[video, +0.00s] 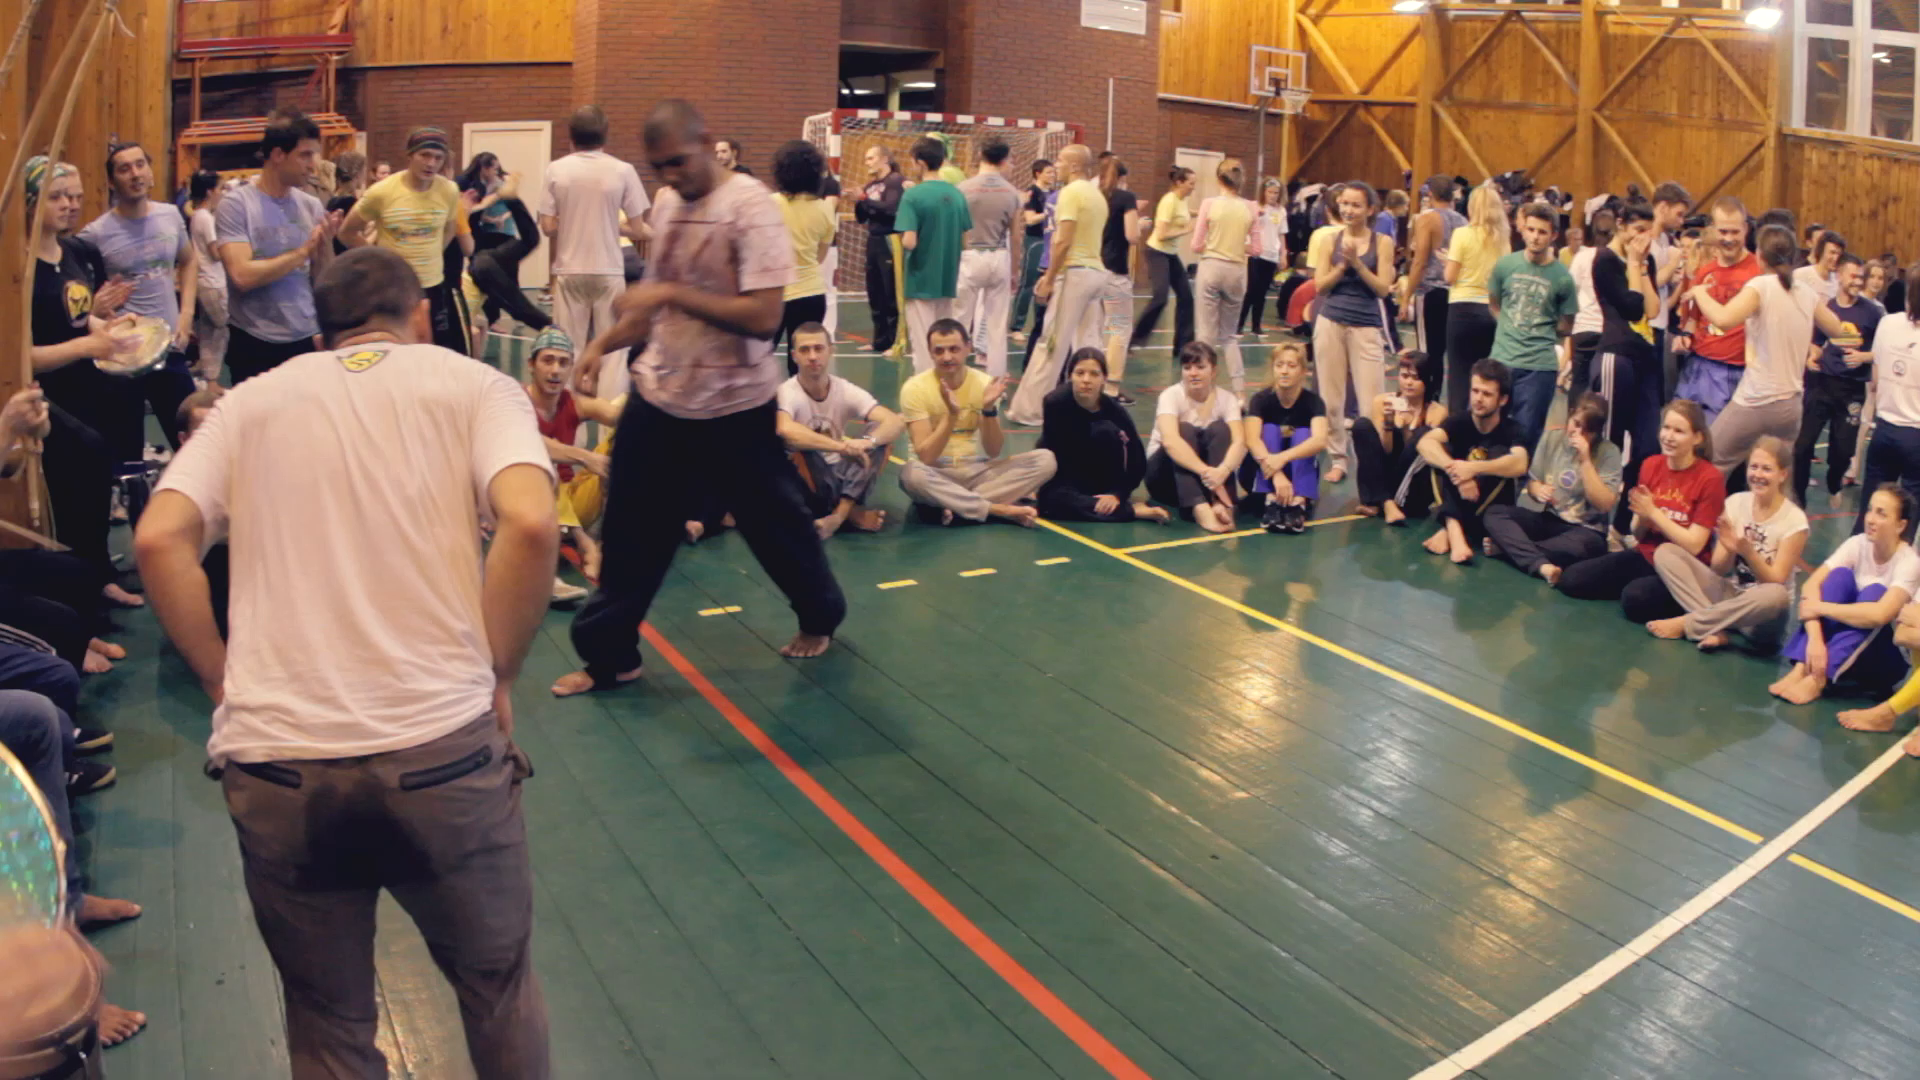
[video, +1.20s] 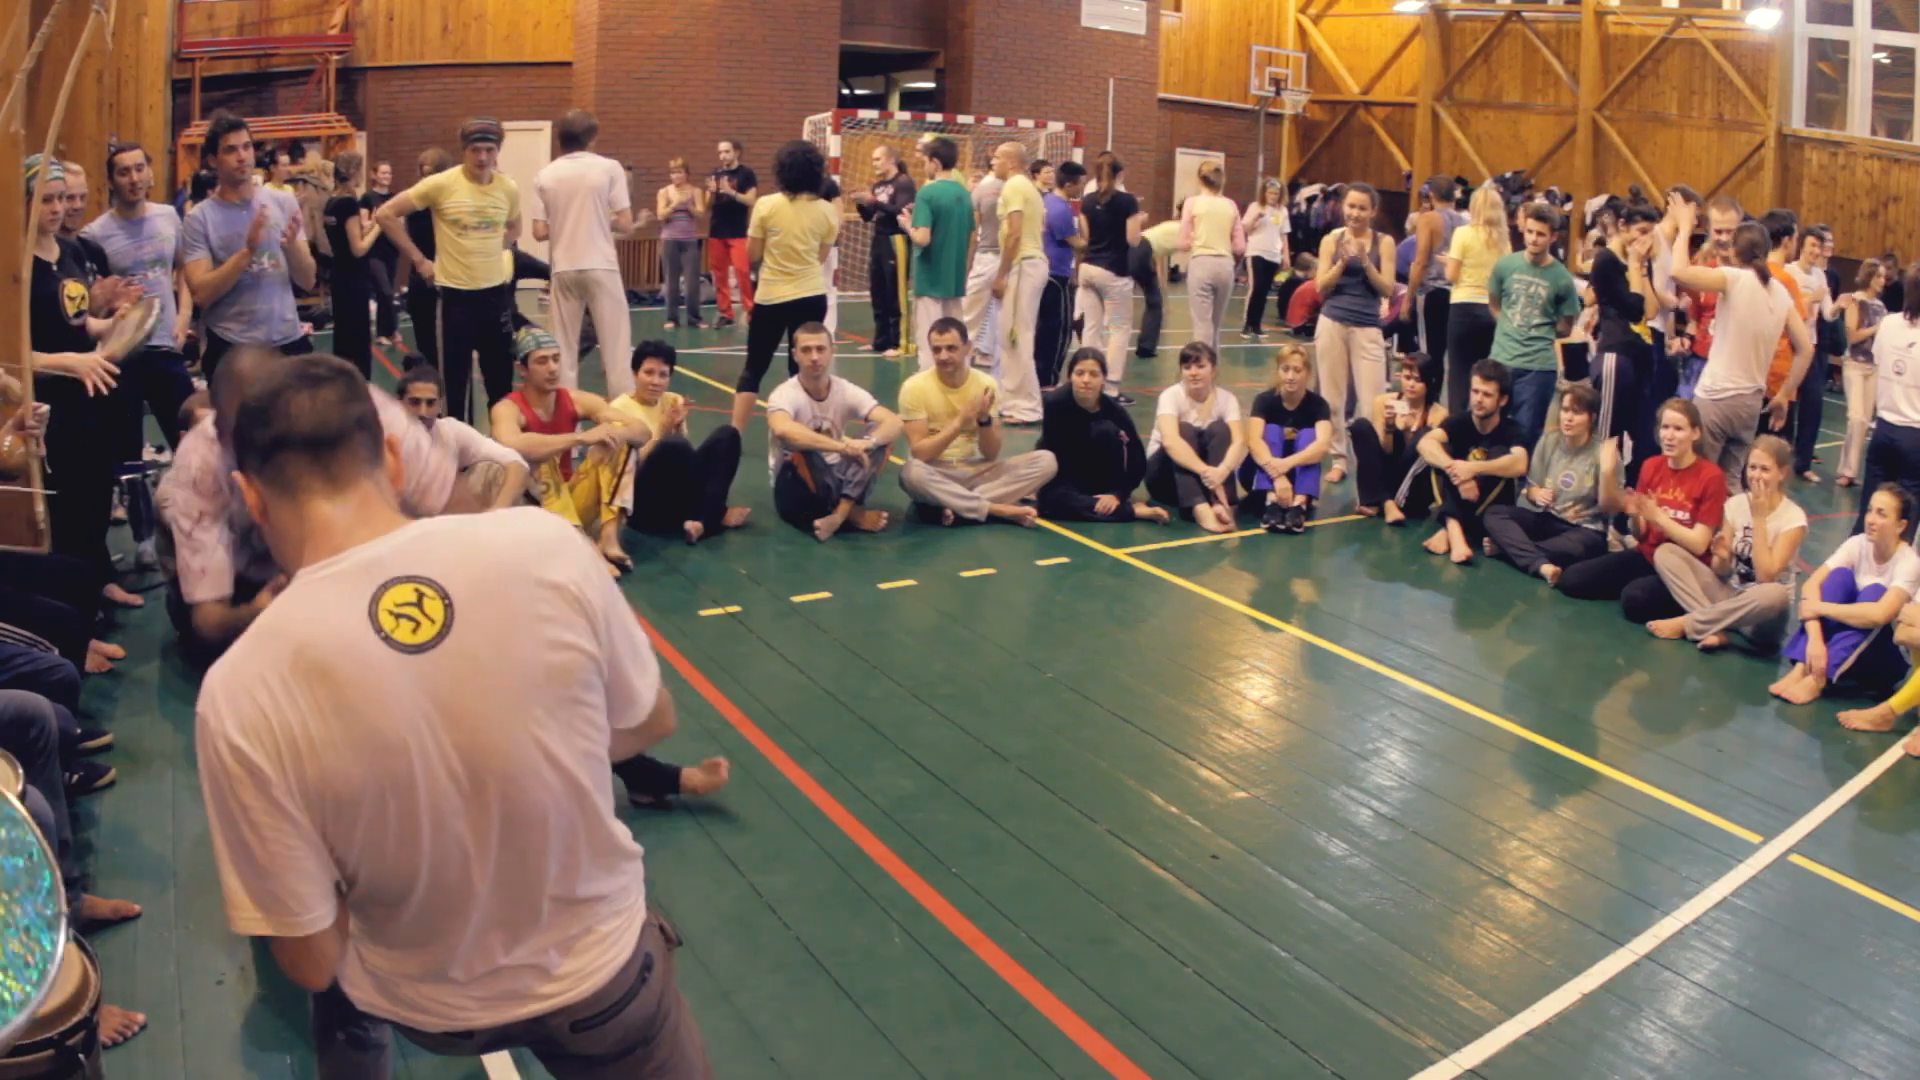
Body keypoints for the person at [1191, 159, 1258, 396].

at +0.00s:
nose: (1216, 183)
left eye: (1217, 179)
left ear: (1219, 180)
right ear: (1241, 182)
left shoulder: (1209, 205)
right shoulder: (1250, 208)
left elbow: (1196, 245)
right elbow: (1256, 248)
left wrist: (1212, 246)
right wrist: (1238, 246)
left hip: (1211, 262)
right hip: (1238, 266)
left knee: (1205, 334)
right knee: (1230, 336)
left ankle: (1201, 392)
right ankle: (1239, 391)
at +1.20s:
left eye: (1199, 179)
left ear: (1200, 180)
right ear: (1221, 182)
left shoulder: (1191, 203)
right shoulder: (1231, 205)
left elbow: (1184, 242)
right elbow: (1239, 246)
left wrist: (1199, 241)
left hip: (1200, 258)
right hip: (1225, 260)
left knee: (1202, 320)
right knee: (1216, 321)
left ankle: (1202, 367)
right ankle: (1211, 366)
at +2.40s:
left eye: (1198, 180)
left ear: (1200, 181)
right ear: (1220, 182)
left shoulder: (1191, 202)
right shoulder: (1228, 206)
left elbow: (1182, 240)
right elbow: (1235, 244)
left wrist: (1188, 247)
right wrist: (1216, 244)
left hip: (1196, 260)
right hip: (1219, 261)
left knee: (1178, 317)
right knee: (1206, 322)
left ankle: (1175, 370)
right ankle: (1203, 370)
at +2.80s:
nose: (1178, 186)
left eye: (1178, 182)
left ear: (1177, 183)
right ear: (1197, 184)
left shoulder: (1169, 205)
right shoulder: (1208, 206)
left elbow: (1165, 245)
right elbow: (1216, 244)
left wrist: (1173, 259)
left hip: (1179, 259)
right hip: (1204, 259)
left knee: (1165, 318)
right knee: (1195, 323)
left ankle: (1157, 366)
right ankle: (1199, 368)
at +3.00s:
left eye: (1162, 186)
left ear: (1161, 188)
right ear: (1181, 187)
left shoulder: (1157, 210)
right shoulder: (1193, 208)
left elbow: (1153, 251)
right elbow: (1202, 243)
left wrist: (1151, 278)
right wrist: (1194, 259)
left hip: (1170, 259)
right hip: (1194, 258)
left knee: (1155, 317)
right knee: (1178, 320)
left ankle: (1152, 375)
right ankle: (1181, 374)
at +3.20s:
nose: (1147, 208)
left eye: (1148, 204)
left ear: (1151, 205)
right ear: (1170, 204)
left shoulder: (1147, 227)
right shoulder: (1183, 222)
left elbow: (1143, 264)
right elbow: (1195, 255)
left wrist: (1132, 288)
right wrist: (1191, 270)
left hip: (1167, 273)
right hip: (1190, 272)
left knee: (1144, 323)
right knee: (1160, 325)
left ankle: (1152, 374)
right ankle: (1159, 374)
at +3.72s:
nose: (1147, 187)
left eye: (1147, 184)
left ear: (1149, 184)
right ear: (1169, 184)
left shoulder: (1144, 207)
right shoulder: (1183, 205)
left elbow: (1140, 244)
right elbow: (1199, 233)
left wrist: (1135, 269)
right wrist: (1181, 241)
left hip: (1158, 258)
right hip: (1182, 256)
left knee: (1145, 313)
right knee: (1163, 315)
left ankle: (1157, 366)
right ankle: (1162, 367)